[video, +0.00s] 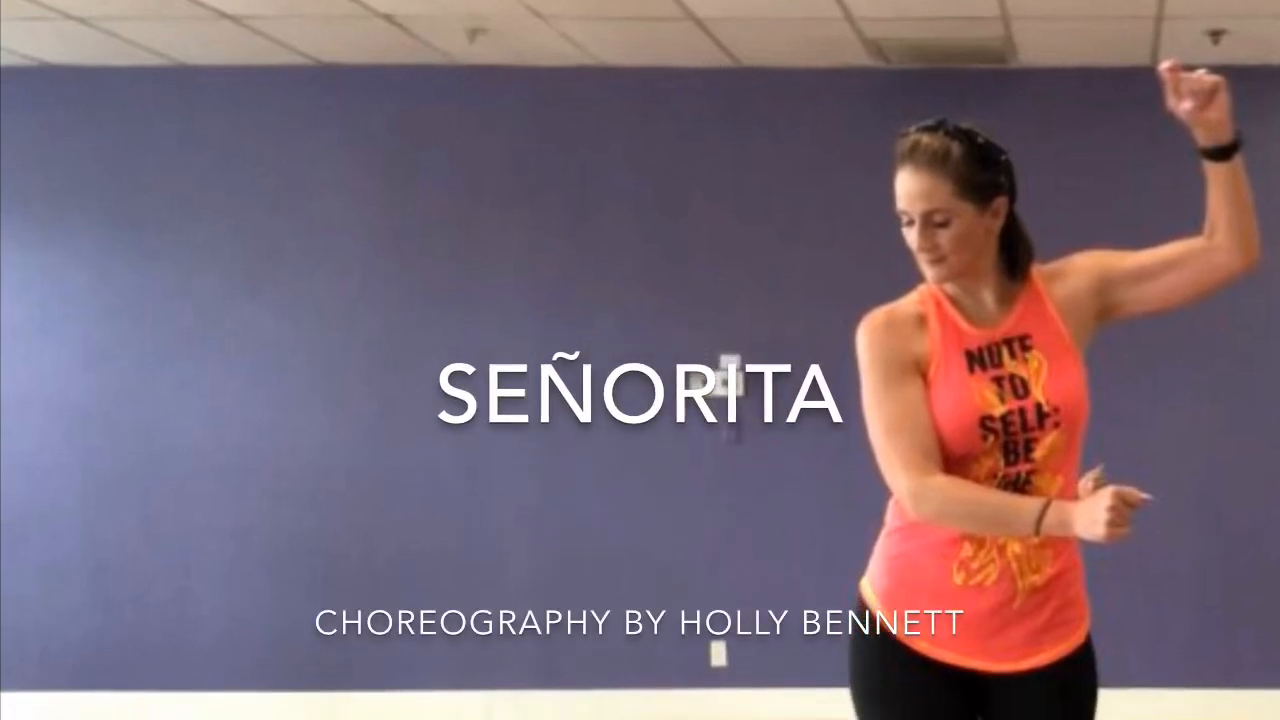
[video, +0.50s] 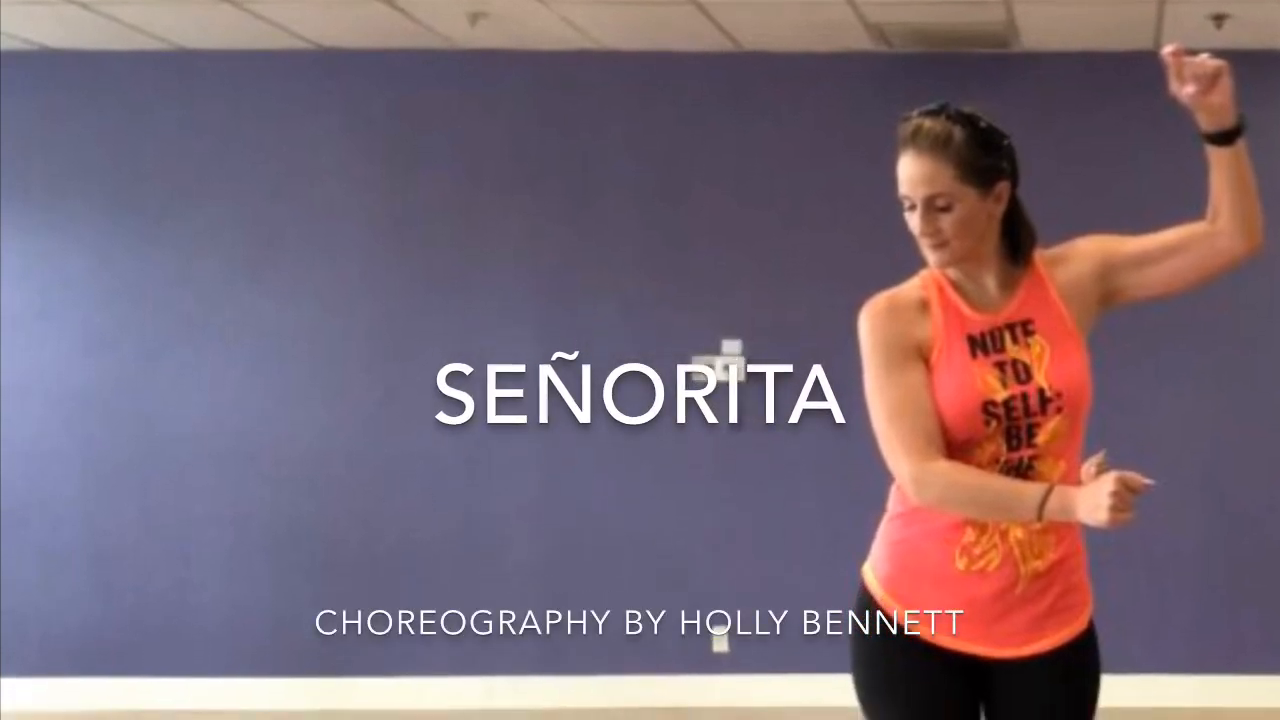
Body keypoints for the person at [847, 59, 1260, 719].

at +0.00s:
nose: (920, 241)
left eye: (939, 221)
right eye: (907, 222)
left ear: (997, 210)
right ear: (897, 217)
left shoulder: (1076, 291)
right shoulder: (892, 334)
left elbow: (1233, 251)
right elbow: (921, 491)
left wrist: (1217, 140)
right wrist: (1066, 517)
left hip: (1045, 646)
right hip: (913, 643)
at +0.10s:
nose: (920, 238)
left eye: (939, 218)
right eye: (908, 220)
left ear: (997, 206)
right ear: (898, 215)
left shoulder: (1077, 287)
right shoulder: (893, 331)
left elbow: (1234, 247)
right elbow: (921, 488)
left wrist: (1217, 136)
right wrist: (1066, 513)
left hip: (1045, 643)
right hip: (913, 640)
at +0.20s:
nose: (921, 235)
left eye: (939, 215)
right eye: (909, 217)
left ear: (998, 203)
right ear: (898, 212)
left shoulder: (1077, 284)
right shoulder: (893, 328)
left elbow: (1234, 244)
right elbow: (922, 486)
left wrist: (1218, 134)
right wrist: (1066, 509)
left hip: (1045, 638)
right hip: (913, 636)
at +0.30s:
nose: (921, 232)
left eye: (940, 212)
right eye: (909, 214)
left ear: (998, 200)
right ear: (899, 208)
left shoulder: (1077, 281)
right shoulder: (893, 325)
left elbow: (1234, 241)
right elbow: (922, 482)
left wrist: (1218, 130)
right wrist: (1066, 506)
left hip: (1045, 637)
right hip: (913, 635)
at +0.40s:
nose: (922, 229)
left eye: (940, 210)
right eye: (909, 211)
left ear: (998, 197)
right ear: (899, 205)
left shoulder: (1078, 278)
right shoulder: (894, 322)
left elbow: (1235, 238)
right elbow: (922, 480)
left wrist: (1219, 127)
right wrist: (1066, 503)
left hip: (1045, 635)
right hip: (913, 633)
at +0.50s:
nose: (922, 226)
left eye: (941, 207)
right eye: (910, 208)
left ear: (999, 194)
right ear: (900, 203)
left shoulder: (1079, 275)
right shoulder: (894, 319)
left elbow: (1236, 235)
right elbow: (922, 476)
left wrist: (1220, 125)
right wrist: (1066, 500)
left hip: (1046, 631)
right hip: (914, 630)